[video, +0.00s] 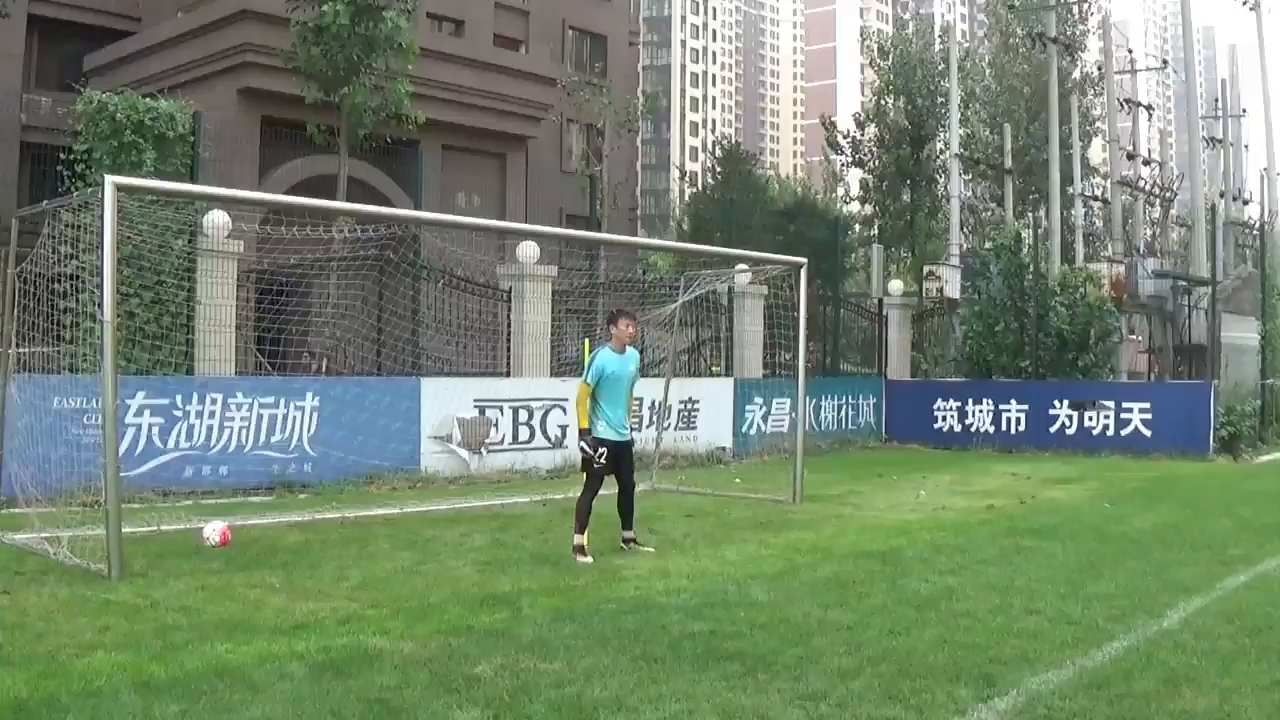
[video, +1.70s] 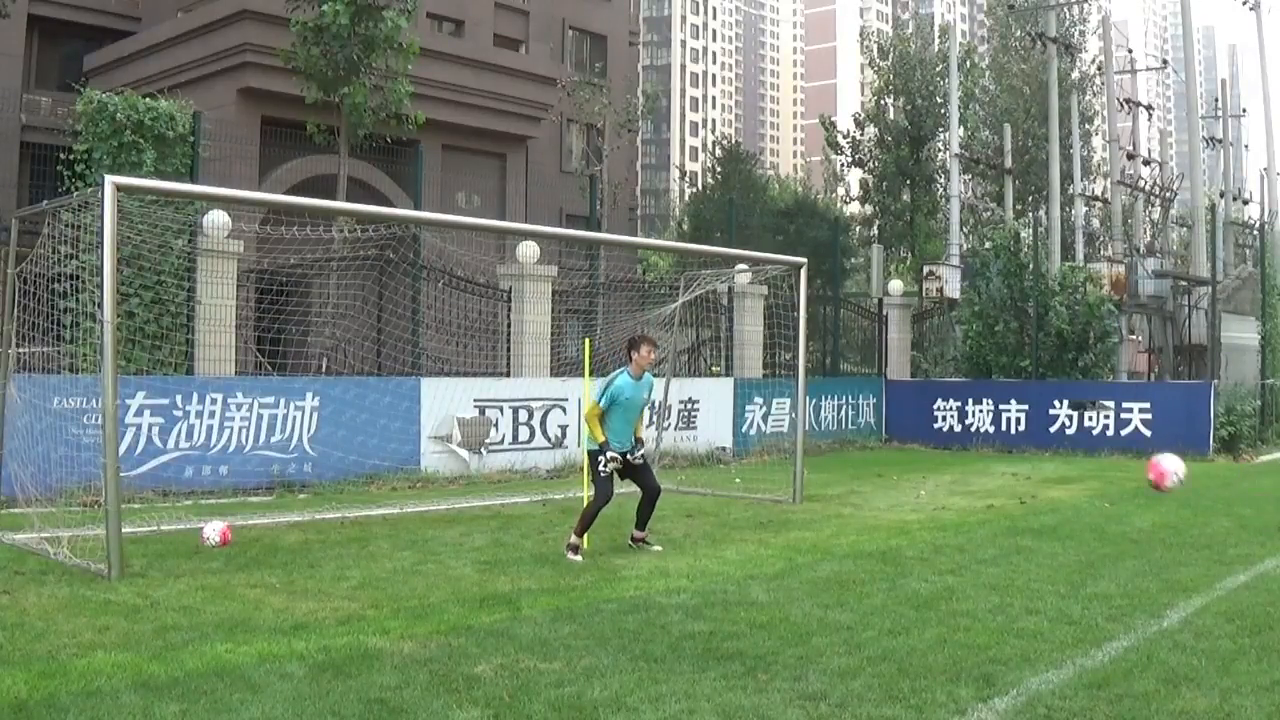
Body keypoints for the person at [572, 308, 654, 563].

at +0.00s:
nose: (632, 331)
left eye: (633, 326)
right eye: (627, 326)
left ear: (633, 331)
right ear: (612, 329)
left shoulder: (634, 356)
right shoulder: (600, 358)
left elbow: (629, 394)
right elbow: (582, 395)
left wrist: (627, 427)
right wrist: (584, 432)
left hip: (623, 436)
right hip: (600, 436)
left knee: (628, 486)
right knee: (591, 489)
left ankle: (628, 538)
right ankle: (579, 542)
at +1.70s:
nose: (653, 356)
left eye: (654, 352)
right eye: (648, 352)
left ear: (651, 356)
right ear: (633, 354)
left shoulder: (648, 381)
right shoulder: (616, 381)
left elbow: (639, 414)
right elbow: (591, 415)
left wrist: (639, 440)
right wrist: (605, 447)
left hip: (628, 448)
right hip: (602, 448)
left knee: (652, 489)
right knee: (603, 495)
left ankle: (638, 537)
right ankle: (574, 542)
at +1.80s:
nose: (652, 346)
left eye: (652, 342)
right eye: (647, 342)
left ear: (648, 346)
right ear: (631, 345)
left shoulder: (650, 371)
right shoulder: (618, 371)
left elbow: (664, 396)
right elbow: (601, 404)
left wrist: (666, 407)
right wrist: (630, 416)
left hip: (627, 443)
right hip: (602, 442)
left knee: (651, 486)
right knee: (601, 492)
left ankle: (638, 537)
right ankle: (573, 541)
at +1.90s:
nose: (649, 338)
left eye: (650, 334)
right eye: (644, 334)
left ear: (650, 339)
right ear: (629, 337)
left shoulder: (651, 359)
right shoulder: (619, 358)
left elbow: (679, 363)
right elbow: (617, 375)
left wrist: (685, 350)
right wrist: (646, 358)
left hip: (627, 436)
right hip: (604, 436)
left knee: (647, 482)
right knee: (595, 489)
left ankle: (638, 536)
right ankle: (572, 539)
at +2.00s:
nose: (641, 324)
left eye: (643, 320)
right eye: (637, 320)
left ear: (644, 323)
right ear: (625, 323)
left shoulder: (648, 343)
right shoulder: (616, 347)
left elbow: (675, 331)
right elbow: (631, 335)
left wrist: (670, 306)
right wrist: (643, 306)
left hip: (632, 423)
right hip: (609, 421)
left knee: (643, 477)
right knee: (594, 482)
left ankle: (641, 529)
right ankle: (567, 533)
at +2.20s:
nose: (629, 350)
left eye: (632, 346)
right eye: (624, 346)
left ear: (635, 349)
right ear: (613, 350)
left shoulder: (639, 366)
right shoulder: (606, 370)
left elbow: (667, 350)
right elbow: (604, 344)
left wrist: (681, 326)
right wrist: (628, 320)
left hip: (630, 443)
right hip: (605, 444)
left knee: (652, 498)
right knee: (603, 495)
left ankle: (647, 536)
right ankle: (575, 536)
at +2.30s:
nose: (622, 354)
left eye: (625, 350)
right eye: (617, 350)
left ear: (628, 353)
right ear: (605, 354)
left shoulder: (634, 374)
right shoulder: (594, 374)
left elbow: (663, 374)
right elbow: (574, 360)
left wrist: (669, 357)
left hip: (625, 450)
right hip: (597, 448)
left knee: (644, 496)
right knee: (600, 496)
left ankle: (646, 537)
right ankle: (592, 543)